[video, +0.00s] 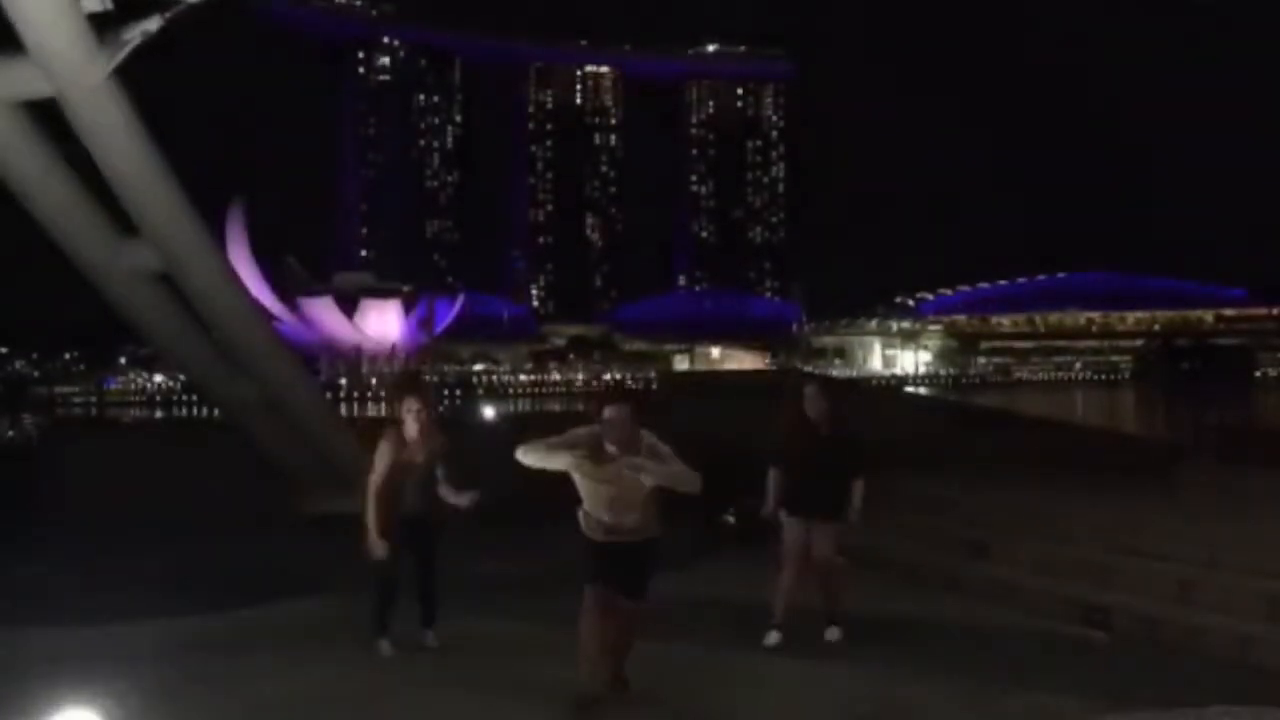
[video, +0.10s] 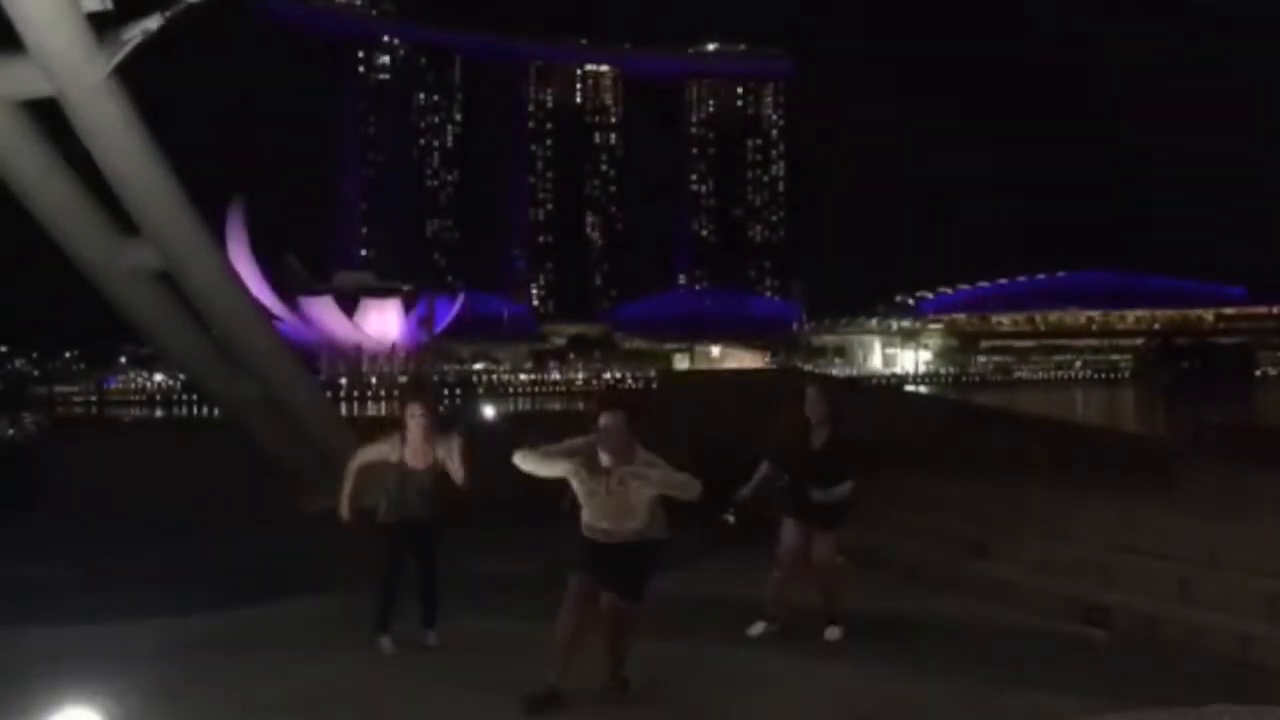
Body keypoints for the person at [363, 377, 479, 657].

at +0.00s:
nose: (417, 416)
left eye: (421, 410)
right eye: (410, 410)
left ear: (428, 413)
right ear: (400, 414)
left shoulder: (434, 443)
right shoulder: (392, 443)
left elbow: (441, 485)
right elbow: (374, 486)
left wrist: (459, 498)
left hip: (425, 520)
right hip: (394, 520)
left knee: (427, 575)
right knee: (389, 578)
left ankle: (428, 629)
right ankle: (382, 634)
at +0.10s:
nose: (419, 422)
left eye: (423, 416)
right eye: (413, 416)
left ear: (430, 418)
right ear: (405, 420)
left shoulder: (438, 448)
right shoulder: (394, 447)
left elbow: (459, 480)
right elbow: (356, 461)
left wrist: (454, 446)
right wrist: (345, 502)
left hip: (427, 519)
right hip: (393, 520)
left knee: (428, 574)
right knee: (390, 574)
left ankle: (429, 627)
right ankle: (383, 632)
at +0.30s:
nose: (383, 404)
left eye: (388, 398)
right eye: (383, 398)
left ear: (404, 400)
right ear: (395, 401)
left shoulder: (427, 419)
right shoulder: (387, 424)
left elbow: (470, 423)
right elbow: (372, 445)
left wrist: (445, 450)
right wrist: (369, 479)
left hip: (425, 495)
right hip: (396, 495)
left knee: (411, 553)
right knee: (396, 554)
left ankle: (422, 611)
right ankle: (412, 609)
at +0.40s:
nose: (374, 409)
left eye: (378, 403)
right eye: (374, 403)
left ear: (393, 404)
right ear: (388, 405)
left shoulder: (419, 424)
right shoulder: (388, 433)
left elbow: (464, 429)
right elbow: (387, 467)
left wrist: (460, 470)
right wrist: (386, 499)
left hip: (429, 498)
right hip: (404, 500)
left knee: (399, 553)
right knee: (410, 556)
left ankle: (387, 613)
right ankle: (429, 613)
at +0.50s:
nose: (369, 430)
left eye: (371, 423)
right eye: (368, 423)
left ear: (387, 422)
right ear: (383, 423)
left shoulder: (412, 439)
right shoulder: (391, 447)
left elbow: (455, 441)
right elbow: (397, 485)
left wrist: (476, 475)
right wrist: (390, 509)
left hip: (433, 509)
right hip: (414, 509)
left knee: (394, 556)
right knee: (414, 561)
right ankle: (432, 615)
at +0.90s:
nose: (392, 392)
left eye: (397, 386)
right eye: (388, 387)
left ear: (408, 388)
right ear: (383, 391)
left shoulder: (427, 413)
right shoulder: (381, 420)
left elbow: (456, 440)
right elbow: (378, 454)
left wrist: (452, 479)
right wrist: (384, 484)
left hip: (428, 495)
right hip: (399, 495)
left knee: (417, 551)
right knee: (397, 553)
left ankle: (419, 604)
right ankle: (397, 611)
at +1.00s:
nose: (405, 399)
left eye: (409, 392)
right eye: (400, 393)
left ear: (419, 394)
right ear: (393, 398)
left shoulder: (435, 426)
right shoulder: (387, 432)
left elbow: (445, 458)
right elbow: (371, 465)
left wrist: (451, 488)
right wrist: (374, 494)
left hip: (427, 506)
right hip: (396, 506)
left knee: (415, 562)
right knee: (395, 559)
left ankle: (397, 616)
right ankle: (397, 605)